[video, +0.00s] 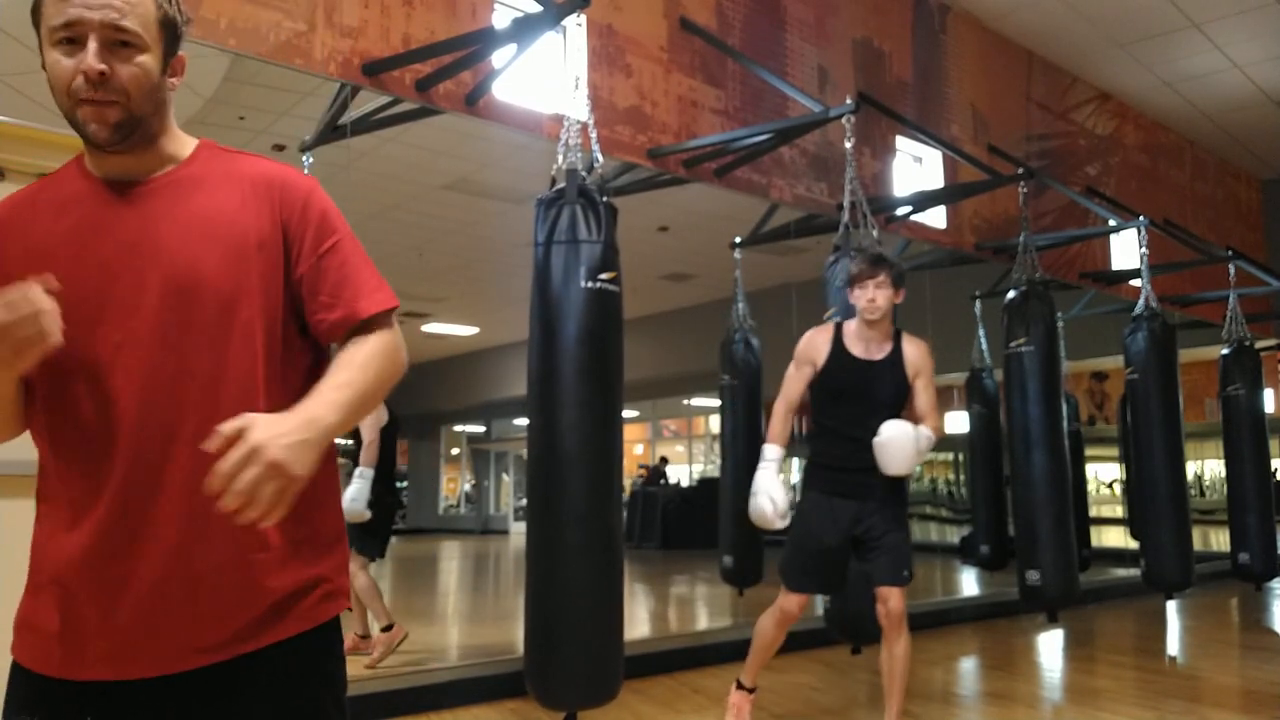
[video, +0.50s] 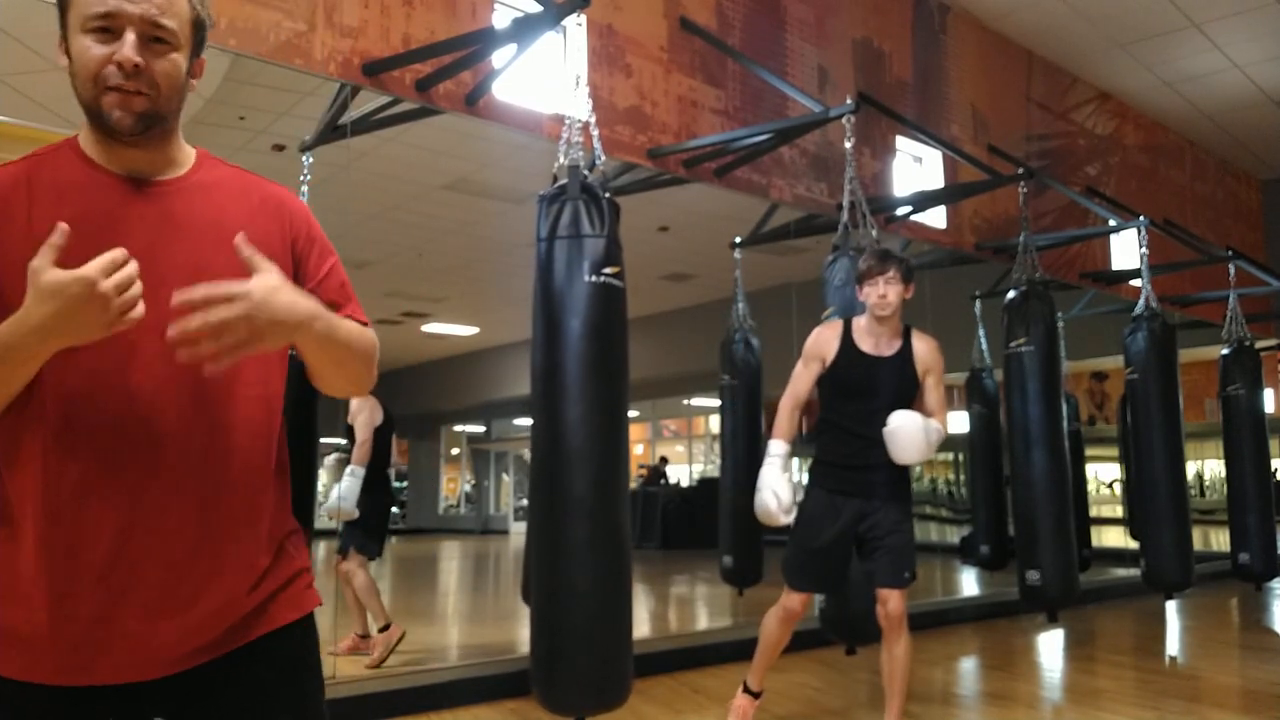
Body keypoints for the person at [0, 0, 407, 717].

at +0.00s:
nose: (91, 66)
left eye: (120, 44)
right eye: (68, 42)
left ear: (172, 69)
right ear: (44, 63)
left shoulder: (279, 197)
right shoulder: (15, 226)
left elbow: (381, 342)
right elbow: (4, 424)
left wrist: (308, 426)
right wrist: (4, 364)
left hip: (270, 635)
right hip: (78, 636)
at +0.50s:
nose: (128, 56)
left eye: (157, 39)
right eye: (103, 31)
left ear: (195, 70)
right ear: (64, 50)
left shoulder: (274, 213)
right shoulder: (8, 200)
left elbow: (358, 375)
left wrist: (302, 320)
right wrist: (31, 335)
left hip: (247, 634)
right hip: (44, 642)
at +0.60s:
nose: (140, 64)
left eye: (170, 47)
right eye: (117, 35)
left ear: (202, 75)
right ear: (73, 51)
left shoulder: (266, 213)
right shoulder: (8, 196)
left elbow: (343, 384)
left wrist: (310, 296)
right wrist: (34, 311)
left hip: (242, 633)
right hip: (45, 643)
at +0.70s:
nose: (152, 73)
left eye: (182, 56)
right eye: (129, 42)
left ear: (209, 80)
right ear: (81, 50)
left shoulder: (268, 219)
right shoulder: (11, 194)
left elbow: (326, 395)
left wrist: (318, 288)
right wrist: (28, 291)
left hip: (241, 633)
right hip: (44, 643)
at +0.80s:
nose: (168, 80)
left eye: (198, 61)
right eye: (145, 49)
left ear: (224, 83)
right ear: (96, 53)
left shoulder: (279, 224)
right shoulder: (15, 198)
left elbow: (323, 403)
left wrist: (325, 301)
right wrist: (39, 297)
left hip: (246, 640)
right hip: (47, 652)